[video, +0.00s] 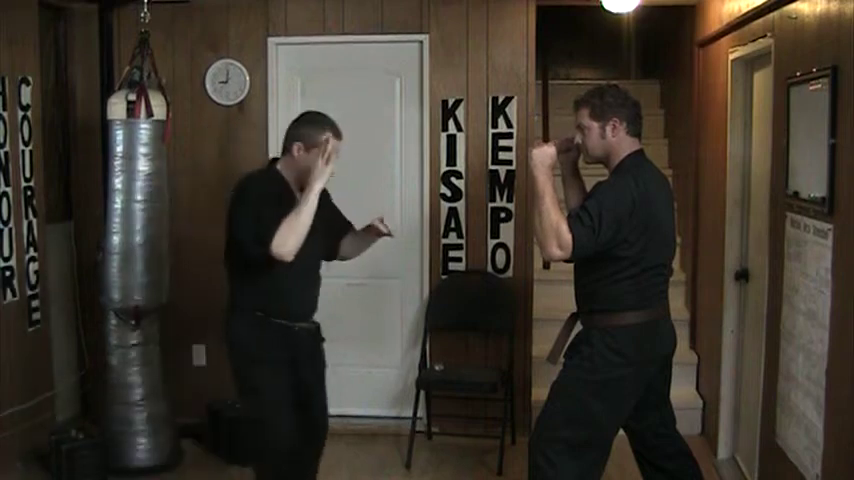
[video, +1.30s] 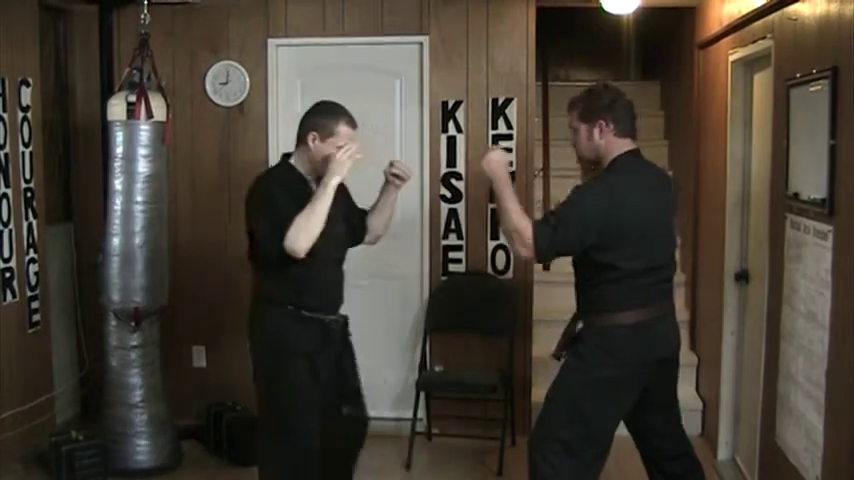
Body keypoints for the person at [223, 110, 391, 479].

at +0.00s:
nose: (329, 164)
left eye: (332, 156)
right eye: (324, 154)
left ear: (305, 152)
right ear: (297, 150)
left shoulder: (311, 193)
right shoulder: (255, 189)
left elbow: (338, 247)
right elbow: (284, 248)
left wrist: (367, 235)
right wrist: (314, 188)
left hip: (303, 334)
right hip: (259, 335)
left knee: (313, 430)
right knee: (277, 436)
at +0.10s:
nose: (340, 167)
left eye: (344, 159)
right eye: (336, 156)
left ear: (316, 152)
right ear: (309, 151)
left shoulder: (321, 193)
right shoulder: (266, 192)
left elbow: (346, 250)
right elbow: (296, 250)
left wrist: (374, 238)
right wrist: (323, 187)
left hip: (320, 333)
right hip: (275, 335)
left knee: (349, 425)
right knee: (298, 440)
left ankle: (315, 478)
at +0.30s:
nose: (381, 168)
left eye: (384, 160)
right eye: (376, 158)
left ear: (355, 157)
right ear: (349, 153)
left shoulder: (363, 198)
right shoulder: (303, 193)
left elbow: (390, 248)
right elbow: (328, 253)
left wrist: (429, 250)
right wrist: (365, 191)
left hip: (356, 340)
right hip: (307, 340)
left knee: (404, 442)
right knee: (314, 452)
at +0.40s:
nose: (404, 176)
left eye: (408, 168)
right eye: (399, 165)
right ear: (372, 158)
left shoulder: (398, 208)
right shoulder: (326, 196)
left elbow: (445, 246)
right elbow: (337, 256)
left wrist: (499, 258)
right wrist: (378, 194)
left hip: (378, 342)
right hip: (325, 341)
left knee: (423, 442)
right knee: (324, 454)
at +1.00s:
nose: (398, 169)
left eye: (400, 160)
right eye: (390, 159)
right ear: (359, 153)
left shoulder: (386, 204)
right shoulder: (319, 199)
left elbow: (425, 253)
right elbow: (337, 263)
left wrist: (468, 263)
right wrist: (379, 203)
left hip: (380, 341)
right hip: (329, 342)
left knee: (426, 443)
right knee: (328, 454)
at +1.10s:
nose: (377, 163)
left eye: (379, 155)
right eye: (370, 153)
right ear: (339, 147)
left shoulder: (356, 197)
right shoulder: (298, 194)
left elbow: (390, 245)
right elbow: (321, 256)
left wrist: (427, 232)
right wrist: (365, 194)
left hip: (359, 338)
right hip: (311, 340)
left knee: (405, 445)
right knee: (312, 454)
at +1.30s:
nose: (346, 156)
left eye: (349, 148)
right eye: (341, 145)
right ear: (313, 140)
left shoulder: (328, 187)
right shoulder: (270, 187)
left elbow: (369, 232)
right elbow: (295, 244)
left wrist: (391, 190)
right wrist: (332, 180)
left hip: (329, 329)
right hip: (283, 330)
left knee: (348, 425)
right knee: (294, 438)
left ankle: (333, 478)